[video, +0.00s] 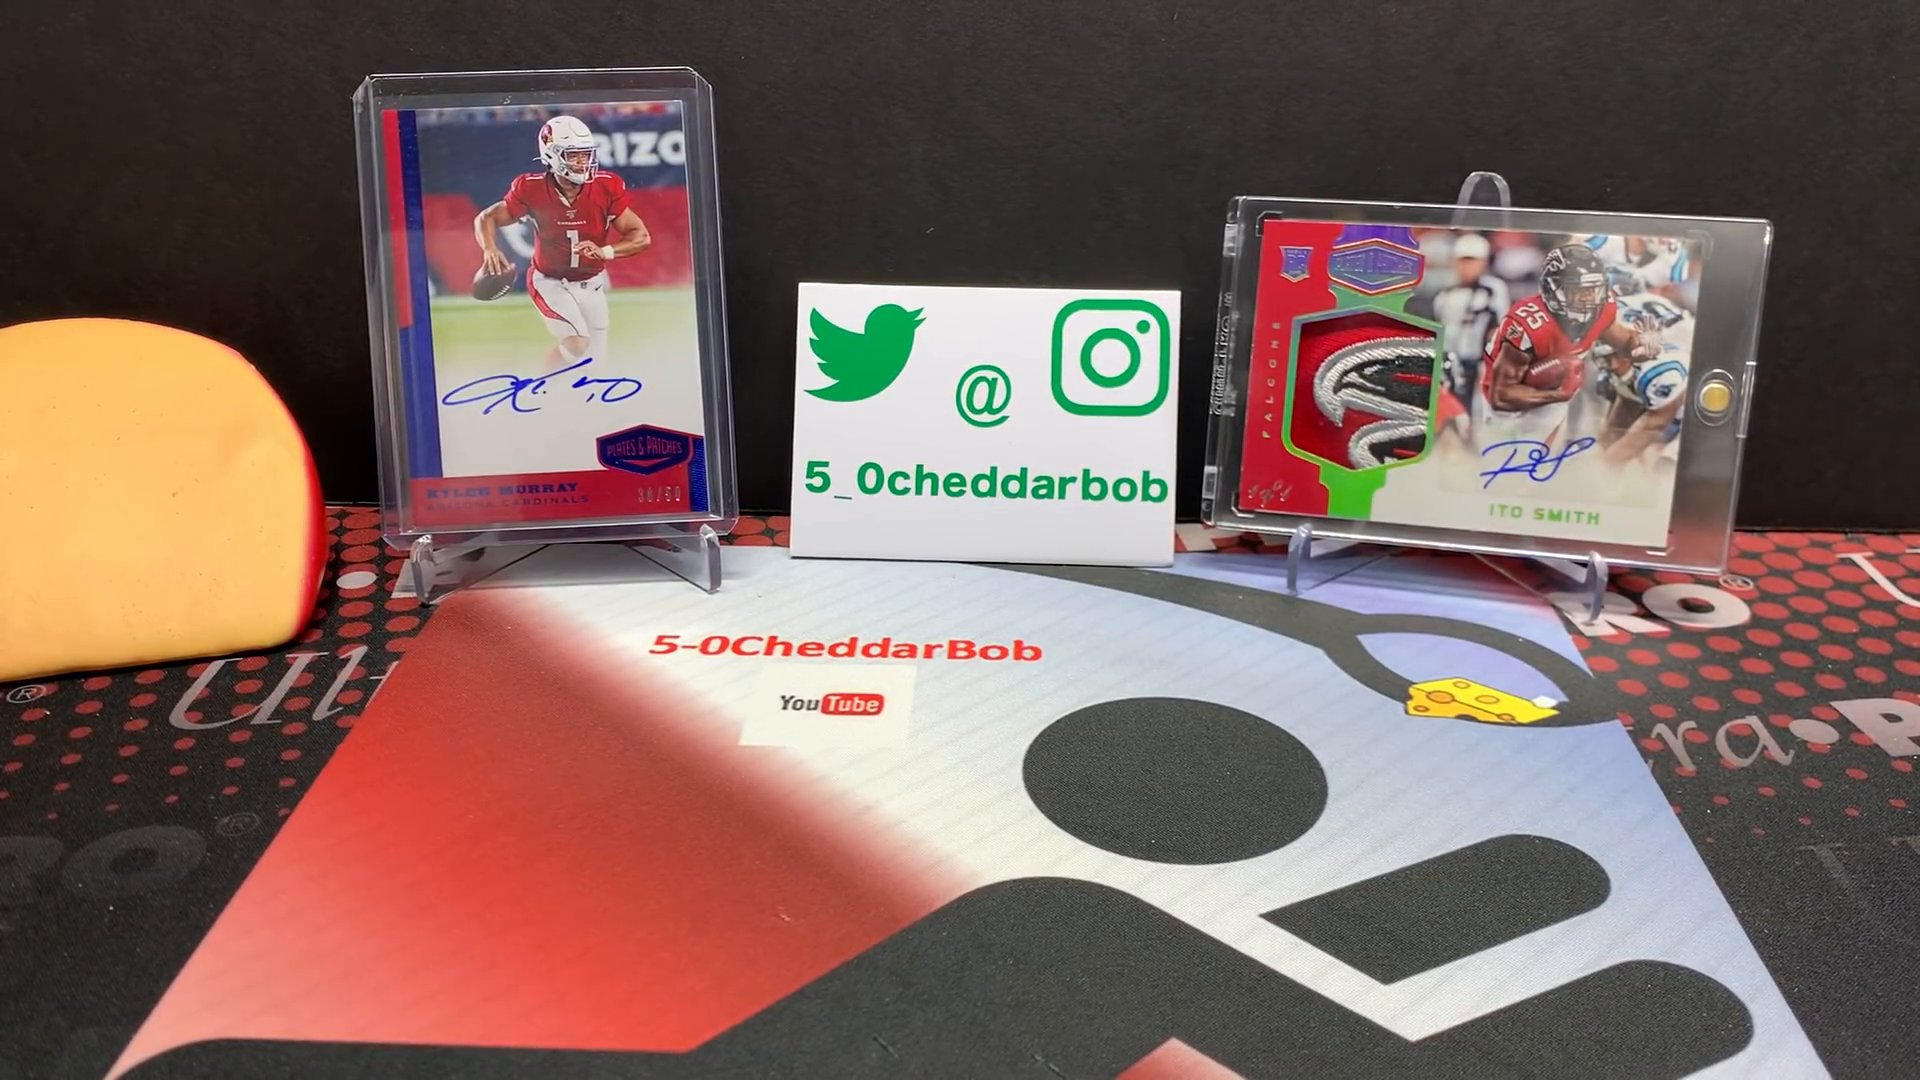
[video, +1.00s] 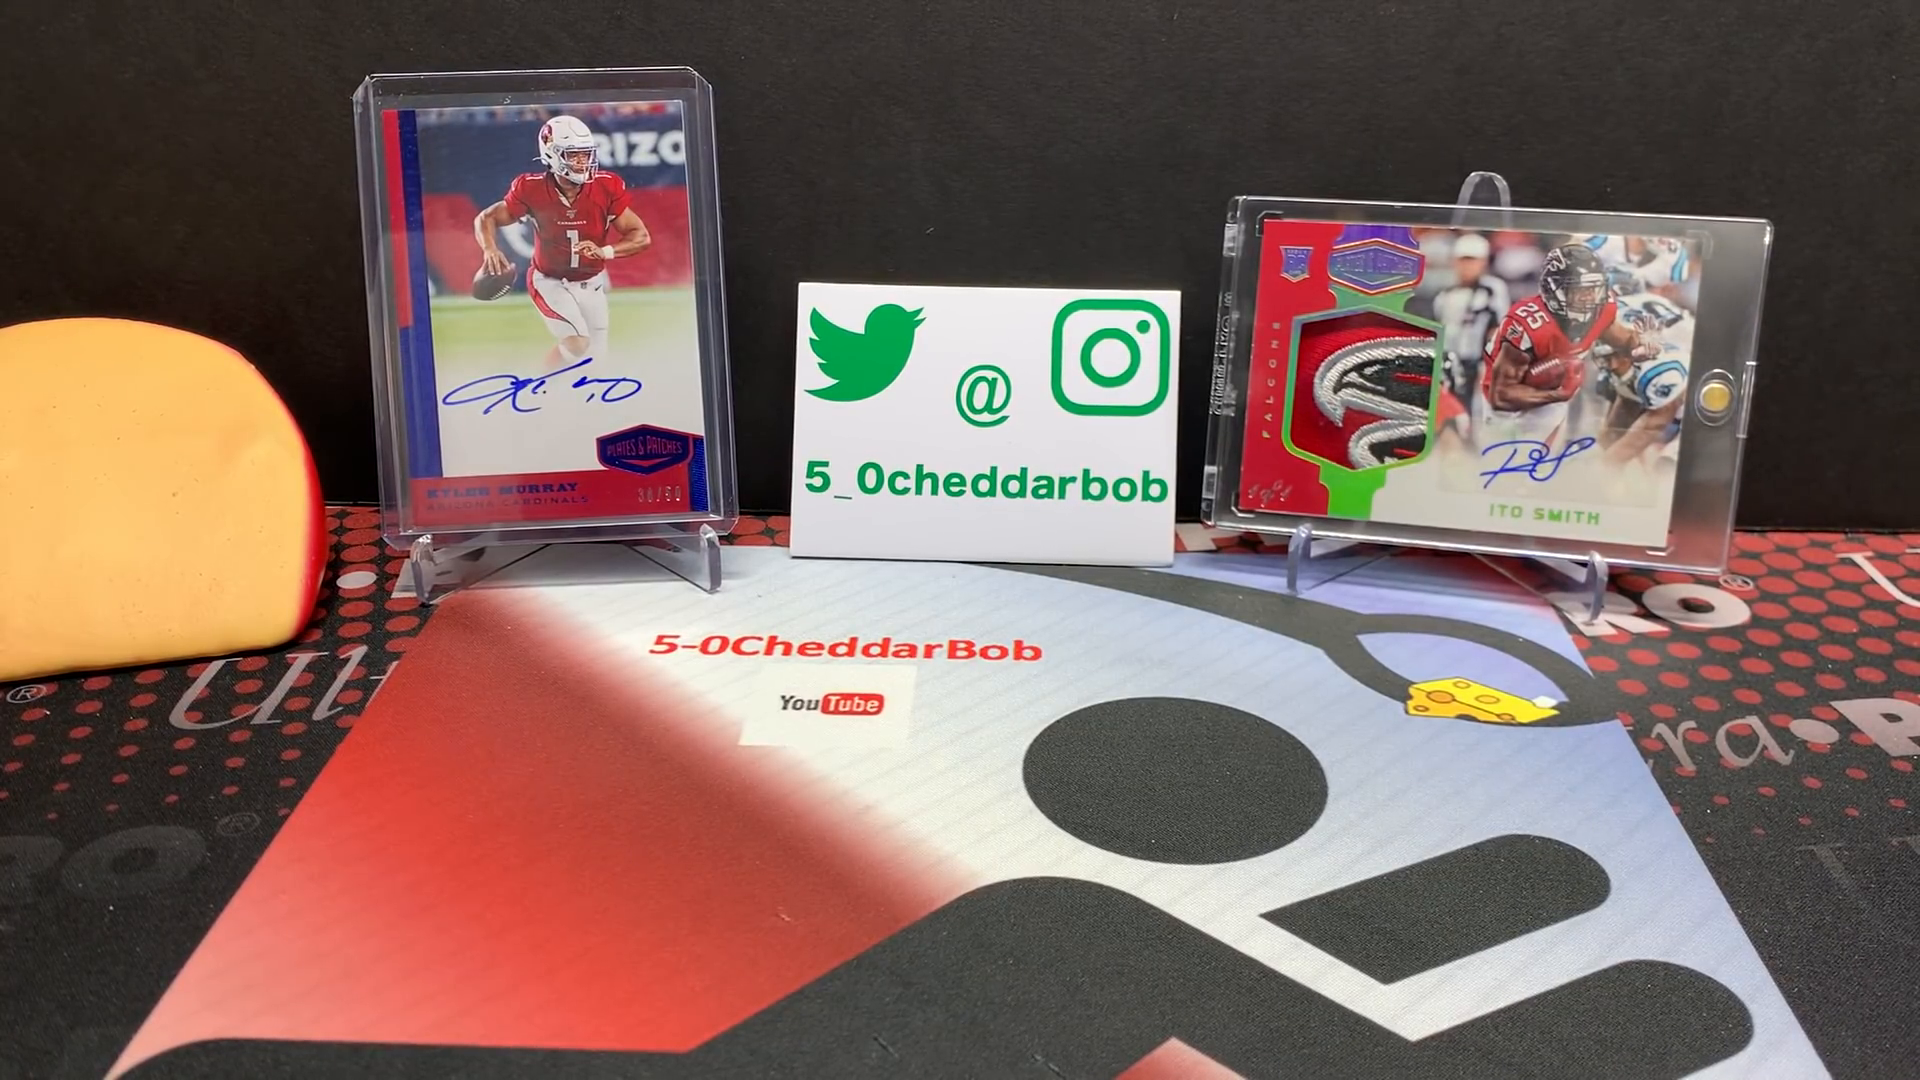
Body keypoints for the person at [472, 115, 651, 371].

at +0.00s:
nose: (580, 162)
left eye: (585, 155)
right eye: (572, 156)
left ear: (592, 154)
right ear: (552, 155)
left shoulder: (607, 187)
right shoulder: (530, 189)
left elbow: (641, 237)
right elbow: (484, 219)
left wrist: (606, 252)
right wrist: (490, 249)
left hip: (591, 283)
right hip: (549, 280)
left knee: (596, 363)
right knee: (576, 343)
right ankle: (534, 391)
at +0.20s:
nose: (580, 162)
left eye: (585, 155)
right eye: (572, 156)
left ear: (592, 154)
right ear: (552, 155)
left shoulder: (607, 187)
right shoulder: (530, 189)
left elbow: (641, 237)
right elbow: (484, 219)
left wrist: (605, 252)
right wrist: (490, 249)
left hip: (591, 283)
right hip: (549, 280)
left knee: (596, 362)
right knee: (576, 343)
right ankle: (534, 391)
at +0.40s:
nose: (580, 162)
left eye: (585, 155)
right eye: (572, 156)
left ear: (592, 154)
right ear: (552, 155)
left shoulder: (606, 187)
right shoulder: (530, 189)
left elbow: (641, 237)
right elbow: (484, 219)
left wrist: (605, 252)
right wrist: (490, 249)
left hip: (591, 282)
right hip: (549, 280)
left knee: (596, 362)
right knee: (576, 344)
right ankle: (534, 392)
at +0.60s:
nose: (580, 162)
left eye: (585, 155)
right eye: (573, 156)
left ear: (592, 154)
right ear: (552, 155)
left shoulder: (607, 187)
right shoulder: (530, 189)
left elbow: (641, 237)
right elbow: (484, 219)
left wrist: (605, 252)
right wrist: (490, 249)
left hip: (591, 282)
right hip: (549, 280)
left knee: (596, 361)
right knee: (576, 344)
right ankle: (533, 392)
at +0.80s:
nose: (581, 162)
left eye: (585, 155)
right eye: (573, 156)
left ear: (592, 154)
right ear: (552, 155)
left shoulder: (607, 187)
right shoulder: (530, 189)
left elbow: (641, 237)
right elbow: (484, 219)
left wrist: (605, 252)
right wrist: (490, 249)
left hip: (591, 282)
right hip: (549, 280)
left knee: (596, 360)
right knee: (576, 343)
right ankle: (534, 391)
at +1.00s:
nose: (581, 162)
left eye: (585, 155)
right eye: (572, 156)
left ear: (592, 154)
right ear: (552, 155)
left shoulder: (607, 187)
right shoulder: (530, 189)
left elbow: (641, 237)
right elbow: (484, 219)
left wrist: (605, 252)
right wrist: (490, 249)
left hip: (591, 282)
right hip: (548, 280)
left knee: (596, 361)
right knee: (576, 343)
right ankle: (533, 392)